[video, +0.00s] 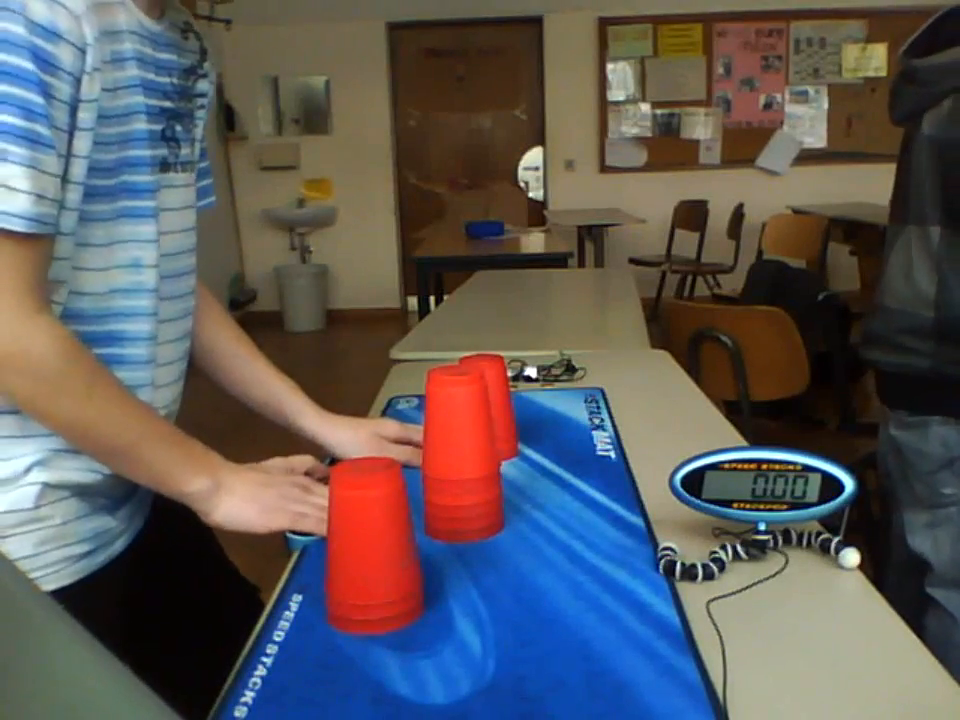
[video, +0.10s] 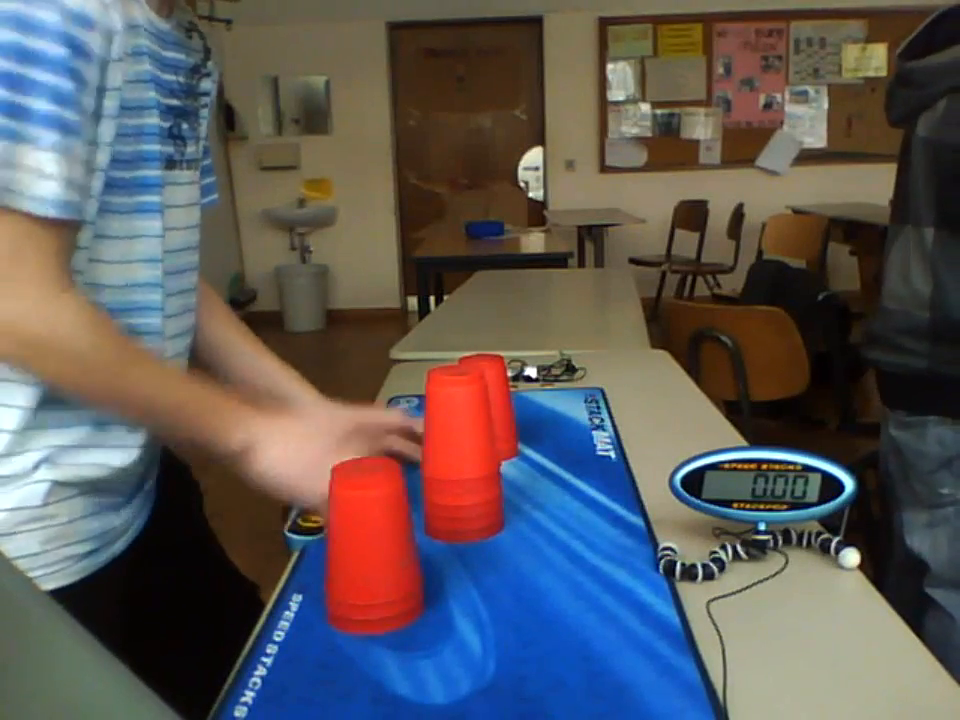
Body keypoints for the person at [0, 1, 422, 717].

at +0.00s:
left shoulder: (186, 49)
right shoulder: (38, 22)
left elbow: (172, 282)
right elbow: (10, 323)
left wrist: (319, 422)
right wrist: (211, 481)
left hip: (141, 511)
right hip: (39, 556)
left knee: (278, 685)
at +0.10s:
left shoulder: (183, 42)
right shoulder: (54, 18)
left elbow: (165, 271)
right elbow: (19, 296)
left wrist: (310, 411)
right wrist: (251, 435)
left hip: (145, 499)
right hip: (43, 550)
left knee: (262, 680)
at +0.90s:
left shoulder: (218, 26)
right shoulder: (80, 14)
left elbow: (197, 257)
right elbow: (14, 293)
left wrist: (378, 339)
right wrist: (215, 461)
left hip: (172, 513)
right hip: (60, 558)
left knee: (279, 693)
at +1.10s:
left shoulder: (203, 35)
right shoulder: (50, 16)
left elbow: (197, 291)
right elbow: (10, 315)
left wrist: (332, 424)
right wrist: (213, 471)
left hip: (167, 515)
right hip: (53, 559)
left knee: (281, 693)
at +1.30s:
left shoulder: (194, 46)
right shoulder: (37, 24)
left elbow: (183, 288)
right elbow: (5, 331)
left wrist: (329, 423)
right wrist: (209, 478)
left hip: (156, 510)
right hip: (47, 551)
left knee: (283, 684)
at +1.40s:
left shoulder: (193, 46)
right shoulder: (37, 23)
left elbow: (181, 286)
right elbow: (6, 329)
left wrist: (329, 423)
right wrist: (211, 477)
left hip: (154, 513)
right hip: (46, 555)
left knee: (279, 687)